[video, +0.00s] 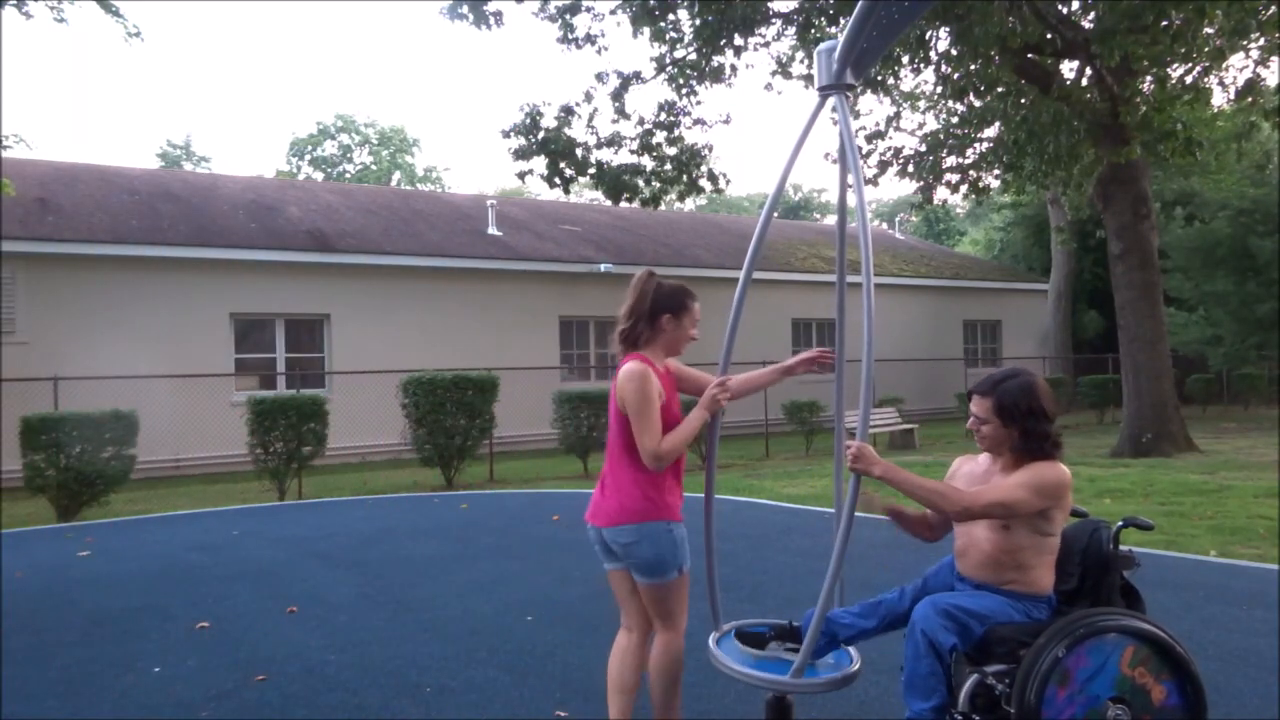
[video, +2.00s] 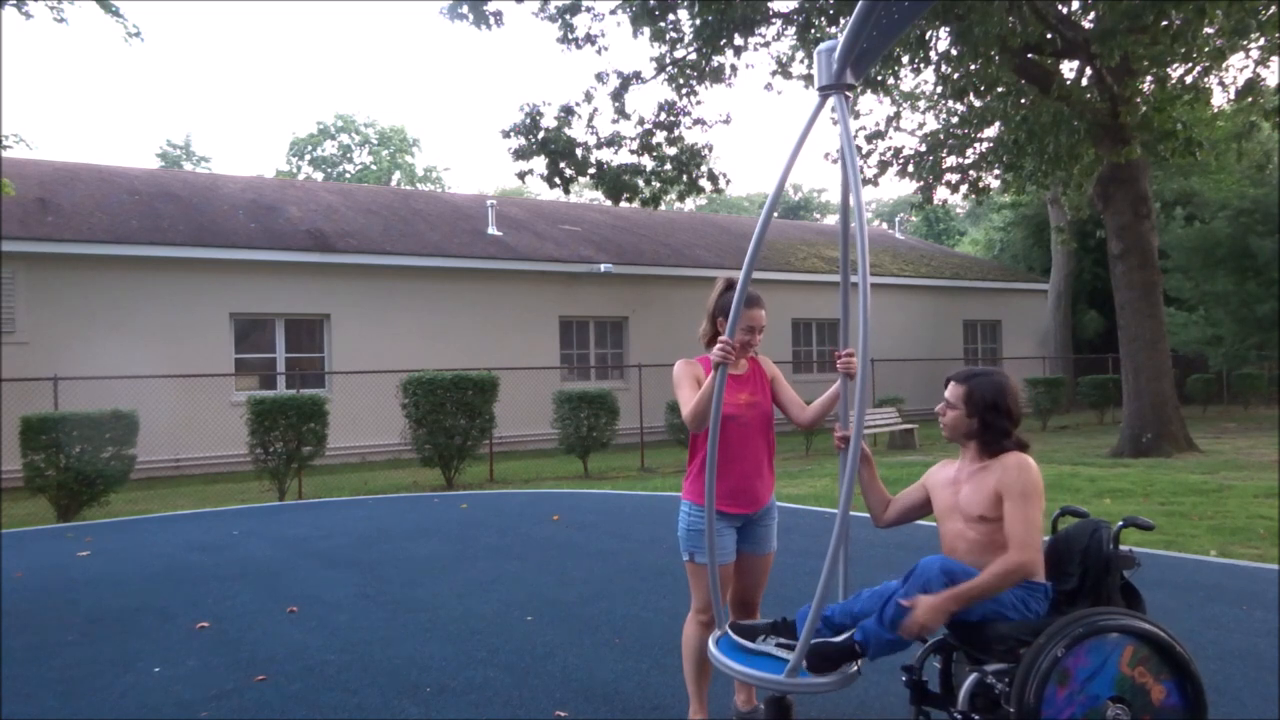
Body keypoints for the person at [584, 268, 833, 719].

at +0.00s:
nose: (697, 333)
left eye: (697, 323)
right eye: (692, 323)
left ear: (664, 323)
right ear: (665, 323)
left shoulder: (659, 367)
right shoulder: (639, 375)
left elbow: (722, 388)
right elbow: (655, 454)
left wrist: (786, 368)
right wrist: (703, 408)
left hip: (610, 515)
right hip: (649, 520)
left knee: (634, 627)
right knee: (669, 629)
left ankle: (617, 716)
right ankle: (667, 715)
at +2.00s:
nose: (756, 338)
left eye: (761, 330)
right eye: (748, 329)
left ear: (765, 326)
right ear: (720, 324)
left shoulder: (763, 366)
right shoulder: (690, 367)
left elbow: (805, 417)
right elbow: (693, 420)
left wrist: (843, 381)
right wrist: (718, 370)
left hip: (760, 507)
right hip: (707, 509)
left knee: (747, 608)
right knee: (706, 614)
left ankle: (746, 694)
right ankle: (697, 709)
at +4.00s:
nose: (747, 338)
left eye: (754, 330)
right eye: (740, 329)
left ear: (760, 327)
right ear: (716, 325)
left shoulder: (764, 365)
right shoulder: (690, 369)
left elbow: (808, 413)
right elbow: (695, 416)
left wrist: (847, 379)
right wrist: (719, 370)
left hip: (762, 506)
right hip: (710, 508)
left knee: (749, 609)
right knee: (710, 616)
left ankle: (746, 697)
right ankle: (698, 710)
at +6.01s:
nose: (760, 347)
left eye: (765, 338)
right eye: (752, 337)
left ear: (770, 332)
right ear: (727, 328)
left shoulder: (774, 367)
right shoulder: (698, 369)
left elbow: (811, 417)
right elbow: (698, 412)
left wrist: (842, 381)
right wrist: (719, 369)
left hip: (771, 504)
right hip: (718, 507)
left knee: (757, 611)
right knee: (732, 615)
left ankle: (746, 699)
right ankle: (699, 706)